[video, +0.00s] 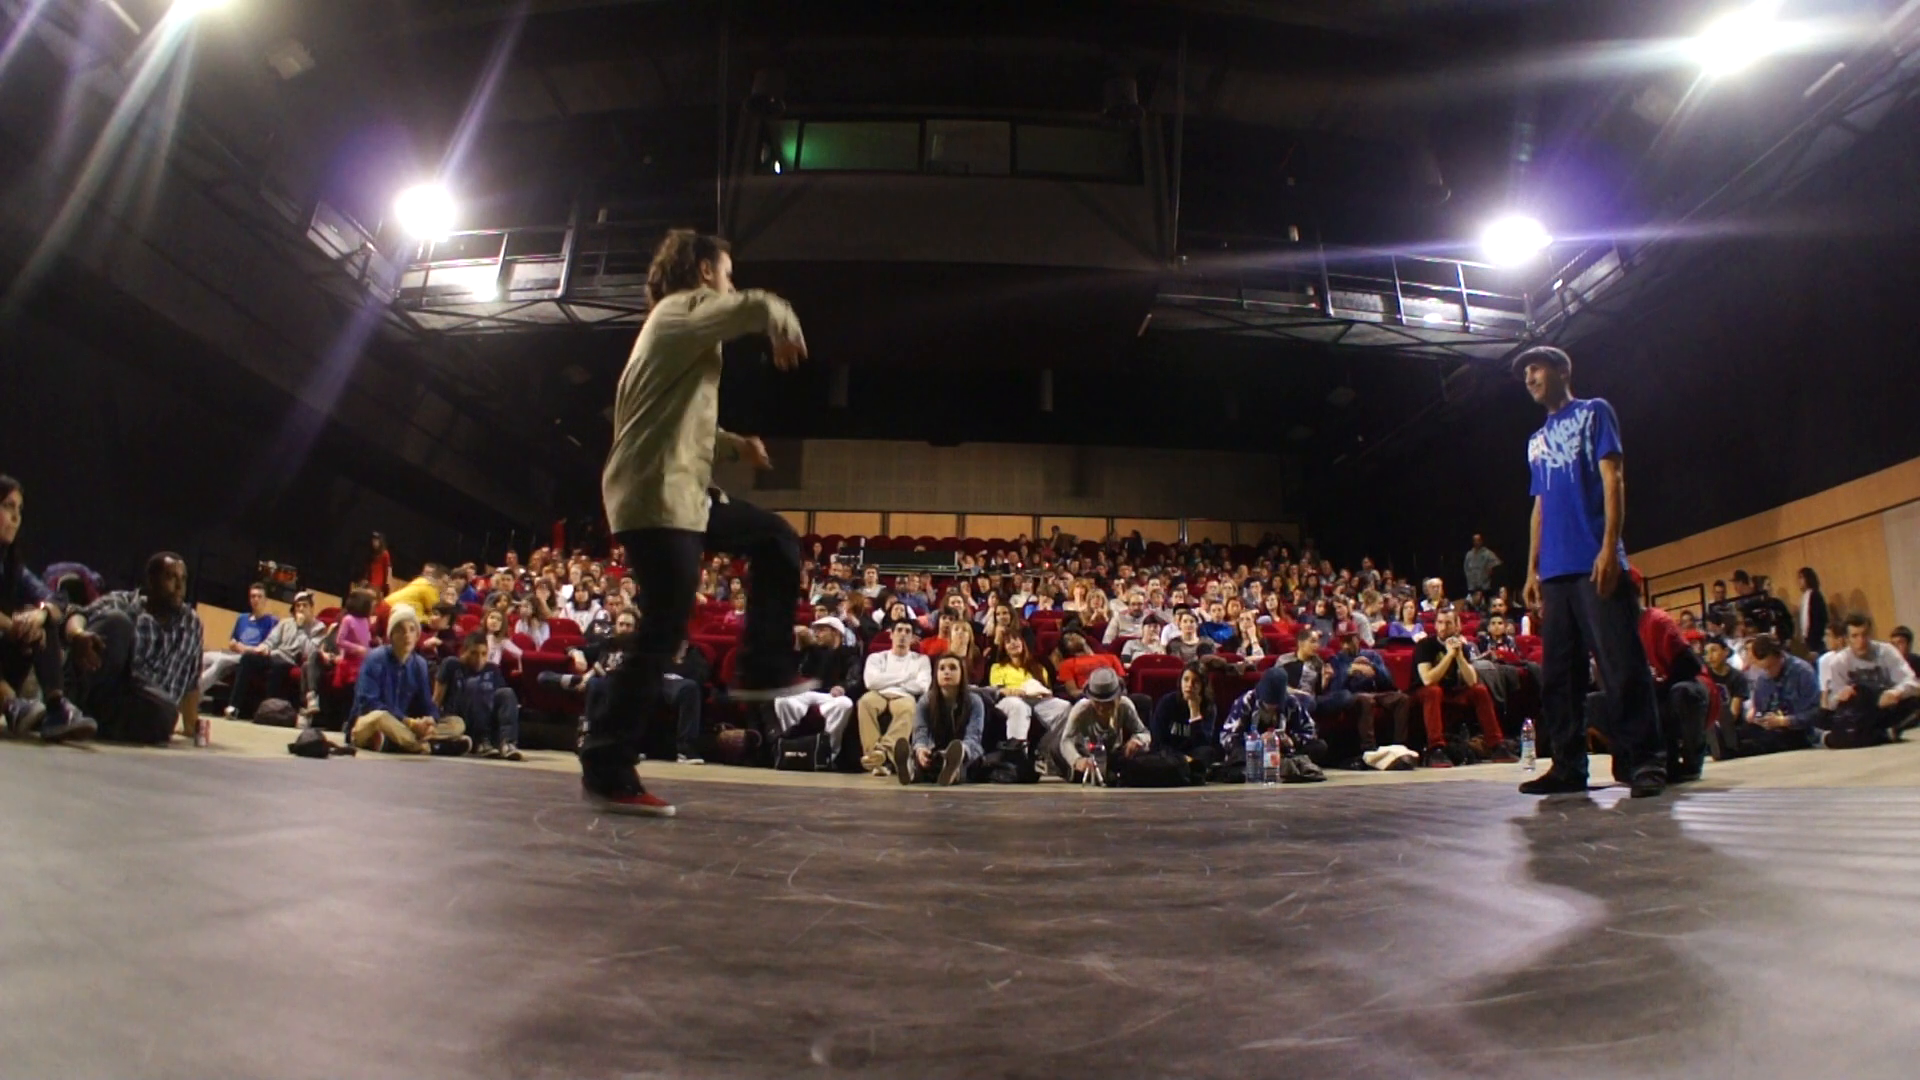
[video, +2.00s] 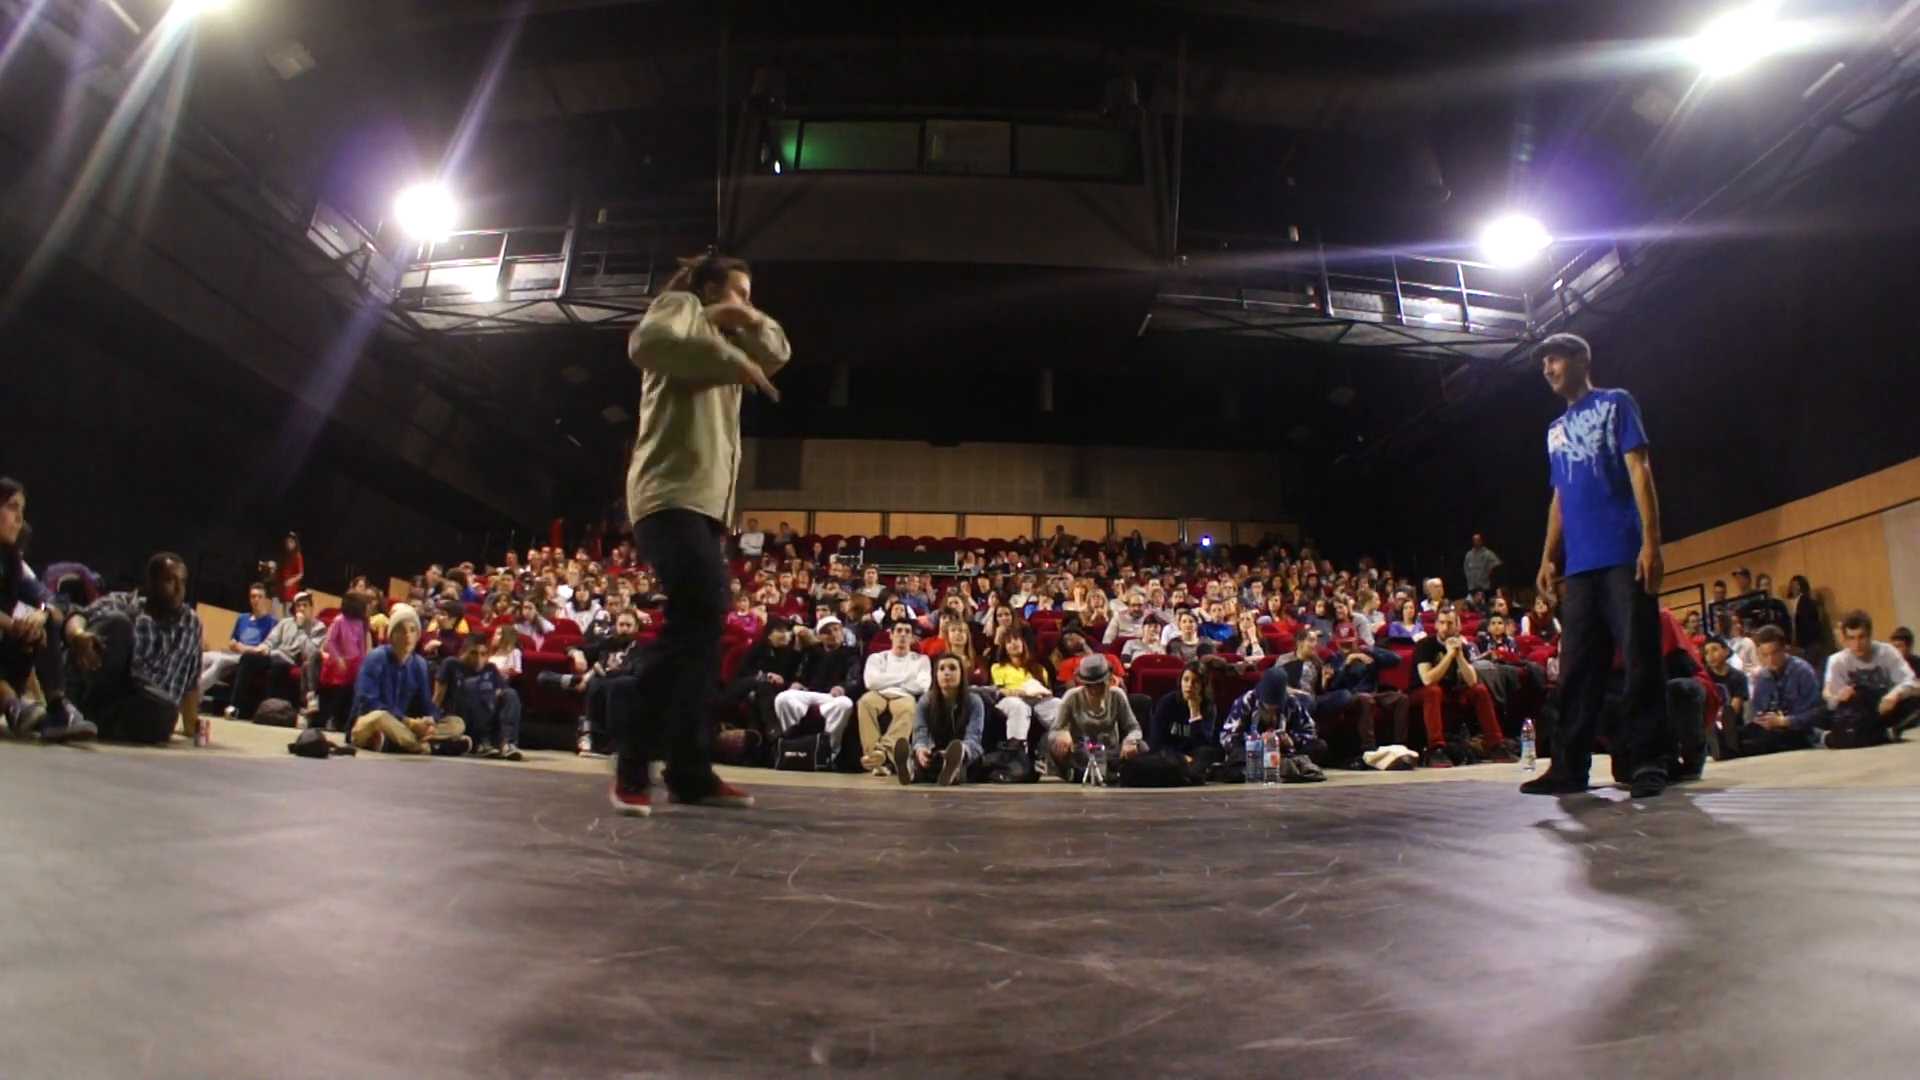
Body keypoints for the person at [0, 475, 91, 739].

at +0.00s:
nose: (15, 517)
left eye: (19, 509)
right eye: (8, 507)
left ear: (21, 515)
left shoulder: (12, 565)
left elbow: (57, 604)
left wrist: (41, 613)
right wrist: (13, 624)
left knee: (44, 625)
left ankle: (56, 706)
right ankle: (10, 702)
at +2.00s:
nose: (19, 518)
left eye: (21, 510)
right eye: (12, 508)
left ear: (20, 516)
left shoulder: (11, 560)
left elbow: (48, 604)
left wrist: (42, 613)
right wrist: (12, 624)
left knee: (47, 622)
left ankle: (57, 708)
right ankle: (12, 704)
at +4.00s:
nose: (14, 516)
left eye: (18, 508)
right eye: (7, 506)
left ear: (20, 516)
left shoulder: (12, 566)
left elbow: (58, 609)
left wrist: (43, 614)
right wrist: (10, 623)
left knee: (46, 624)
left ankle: (57, 709)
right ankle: (12, 705)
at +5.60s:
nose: (11, 515)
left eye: (16, 507)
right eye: (4, 506)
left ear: (20, 515)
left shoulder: (12, 566)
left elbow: (58, 609)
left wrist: (43, 614)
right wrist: (12, 623)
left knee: (49, 626)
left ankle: (58, 709)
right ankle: (12, 705)